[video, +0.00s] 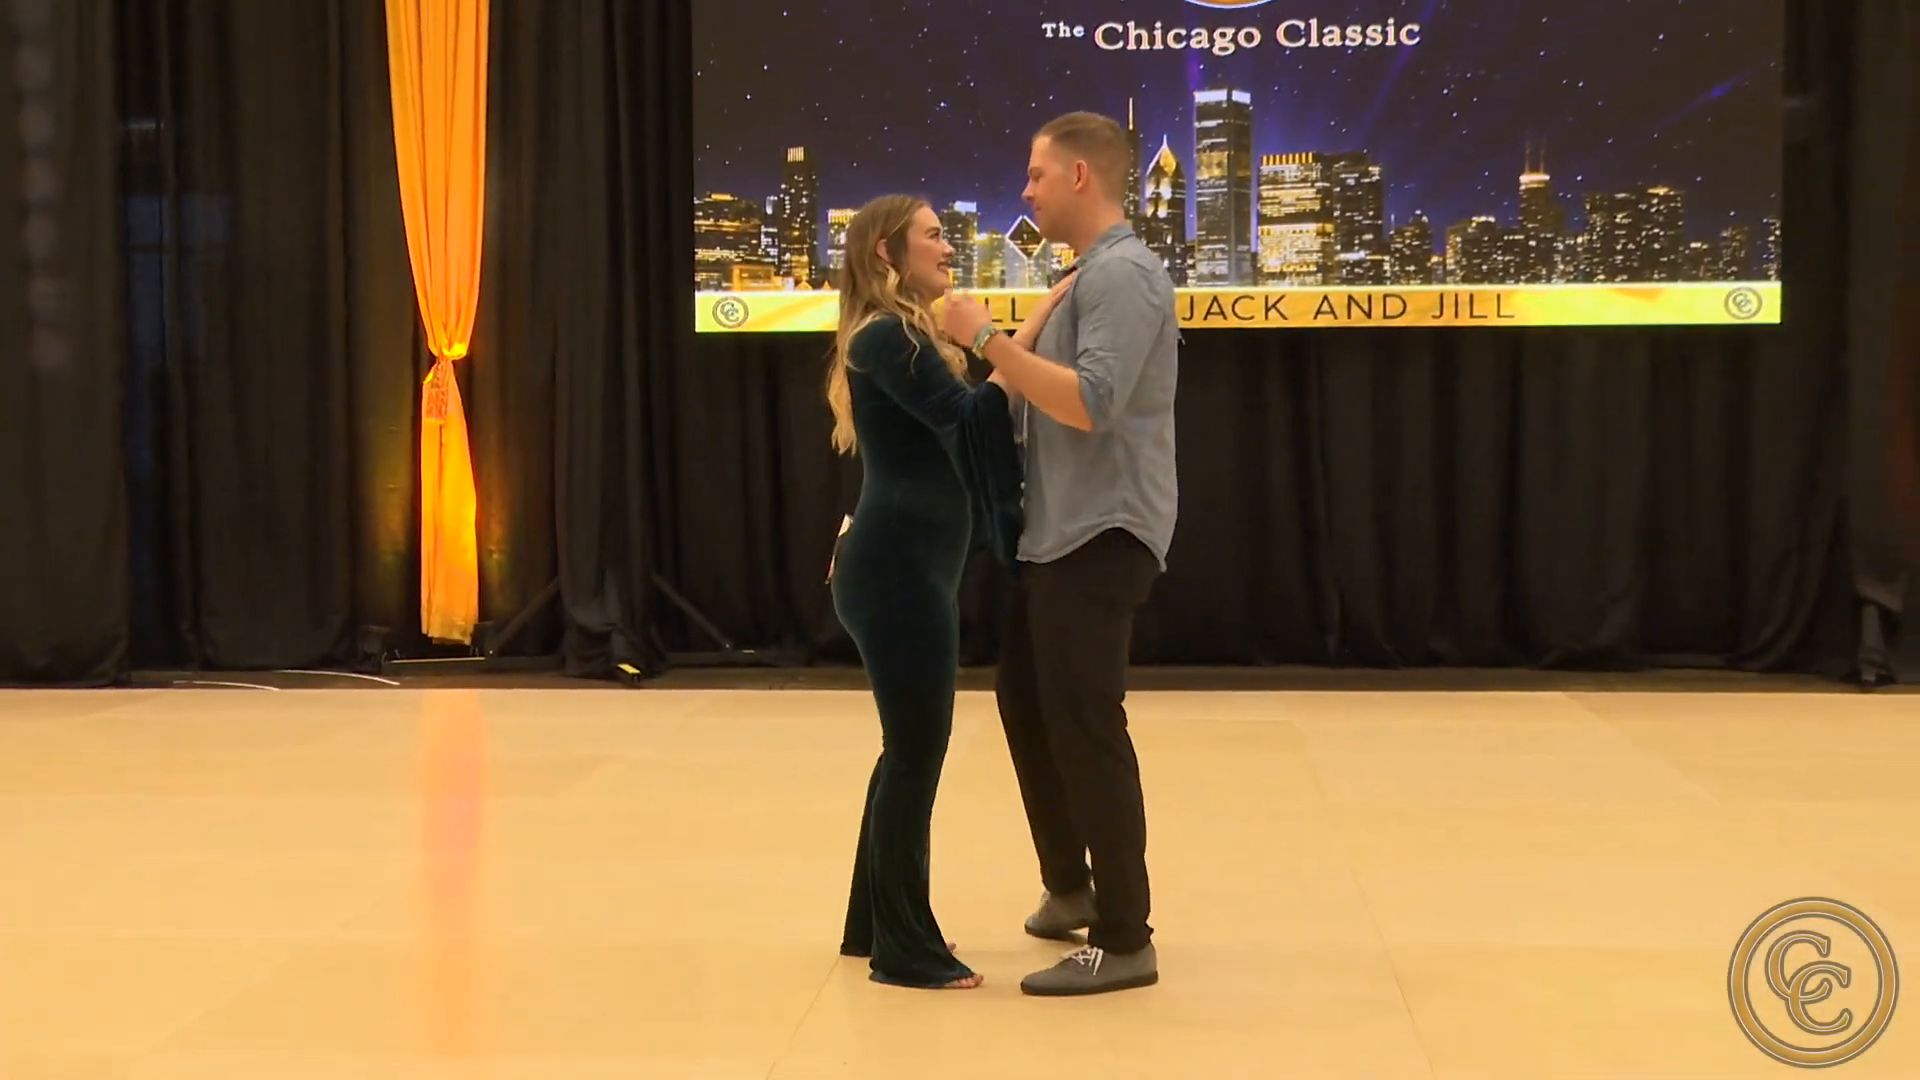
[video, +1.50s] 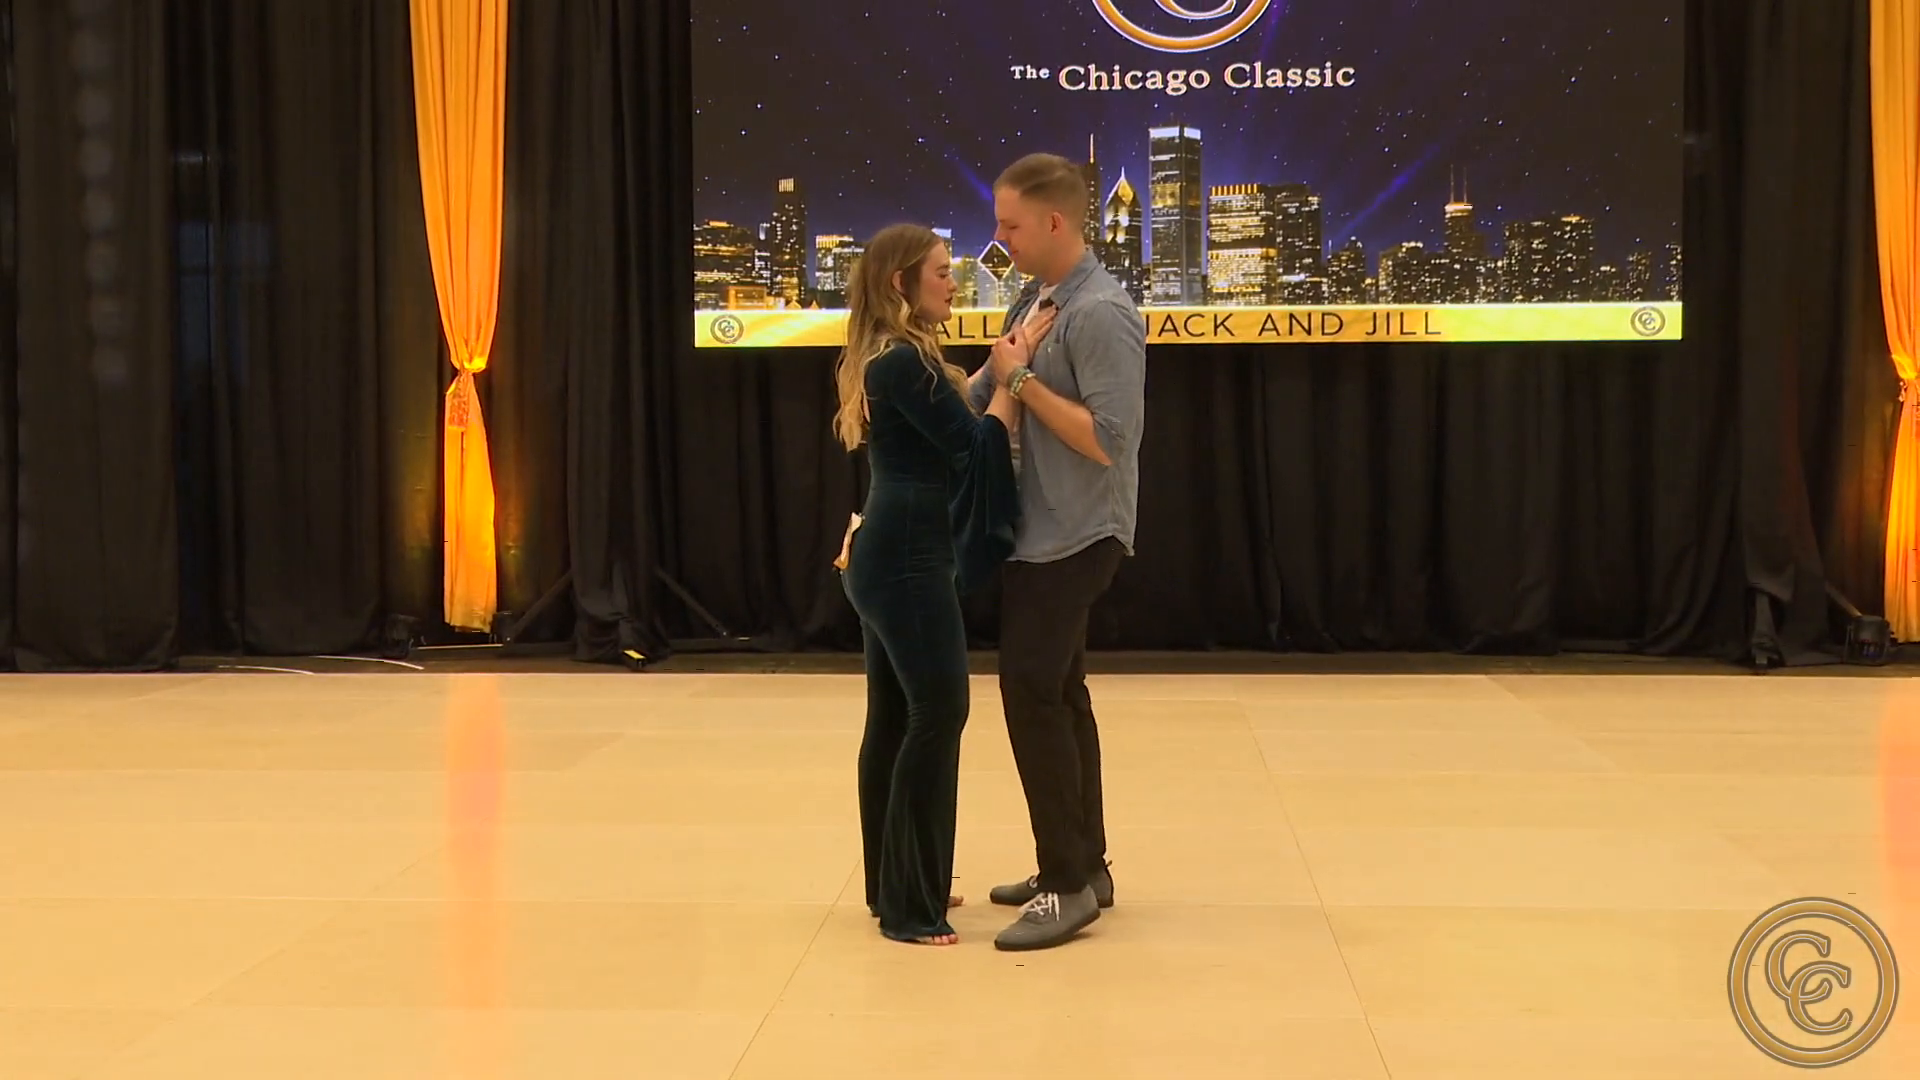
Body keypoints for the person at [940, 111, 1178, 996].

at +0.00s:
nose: (1026, 189)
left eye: (1036, 173)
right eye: (1028, 174)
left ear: (1080, 177)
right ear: (1082, 177)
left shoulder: (1123, 273)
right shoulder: (1080, 278)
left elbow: (1091, 402)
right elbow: (1033, 406)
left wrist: (987, 340)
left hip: (1103, 530)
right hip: (1057, 530)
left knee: (1085, 719)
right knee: (1028, 708)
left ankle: (1125, 945)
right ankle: (1072, 893)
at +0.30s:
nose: (1013, 192)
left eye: (1023, 175)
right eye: (1016, 176)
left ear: (1070, 182)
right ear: (1072, 182)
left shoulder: (1110, 276)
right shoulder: (1063, 280)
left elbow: (1100, 416)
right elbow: (1023, 403)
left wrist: (1018, 347)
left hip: (1088, 532)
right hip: (1042, 532)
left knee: (1077, 719)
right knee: (1034, 713)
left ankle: (1107, 930)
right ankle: (1057, 888)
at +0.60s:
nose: (1013, 201)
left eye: (1024, 186)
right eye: (1016, 186)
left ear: (1071, 193)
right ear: (1072, 194)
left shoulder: (1107, 289)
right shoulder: (1068, 289)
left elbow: (1098, 426)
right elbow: (1036, 413)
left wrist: (1017, 358)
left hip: (1085, 540)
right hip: (1053, 538)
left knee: (1083, 725)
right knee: (1062, 718)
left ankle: (1099, 918)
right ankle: (1059, 881)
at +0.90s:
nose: (1013, 216)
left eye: (1022, 201)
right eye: (1014, 201)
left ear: (1067, 205)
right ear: (1067, 206)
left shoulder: (1101, 295)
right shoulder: (1068, 294)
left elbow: (1092, 425)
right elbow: (1035, 411)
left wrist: (1017, 364)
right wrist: (1022, 361)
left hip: (1084, 536)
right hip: (1052, 533)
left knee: (1076, 714)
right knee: (1046, 706)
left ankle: (1092, 908)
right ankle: (1074, 871)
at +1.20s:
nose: (1011, 230)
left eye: (1019, 215)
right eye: (1011, 215)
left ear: (1065, 216)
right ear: (1061, 217)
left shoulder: (1102, 305)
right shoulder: (1056, 301)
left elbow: (1098, 437)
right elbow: (1024, 411)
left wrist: (1018, 369)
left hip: (1079, 537)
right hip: (1045, 534)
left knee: (1066, 710)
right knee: (1049, 705)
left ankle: (1090, 901)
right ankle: (1076, 869)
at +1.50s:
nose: (1003, 242)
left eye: (1011, 227)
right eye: (1001, 228)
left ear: (1058, 223)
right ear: (1047, 225)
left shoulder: (1102, 312)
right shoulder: (1038, 306)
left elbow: (1108, 444)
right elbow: (1001, 409)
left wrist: (1021, 379)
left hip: (1078, 535)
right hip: (1042, 530)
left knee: (1032, 692)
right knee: (1059, 695)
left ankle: (1073, 883)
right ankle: (1077, 866)